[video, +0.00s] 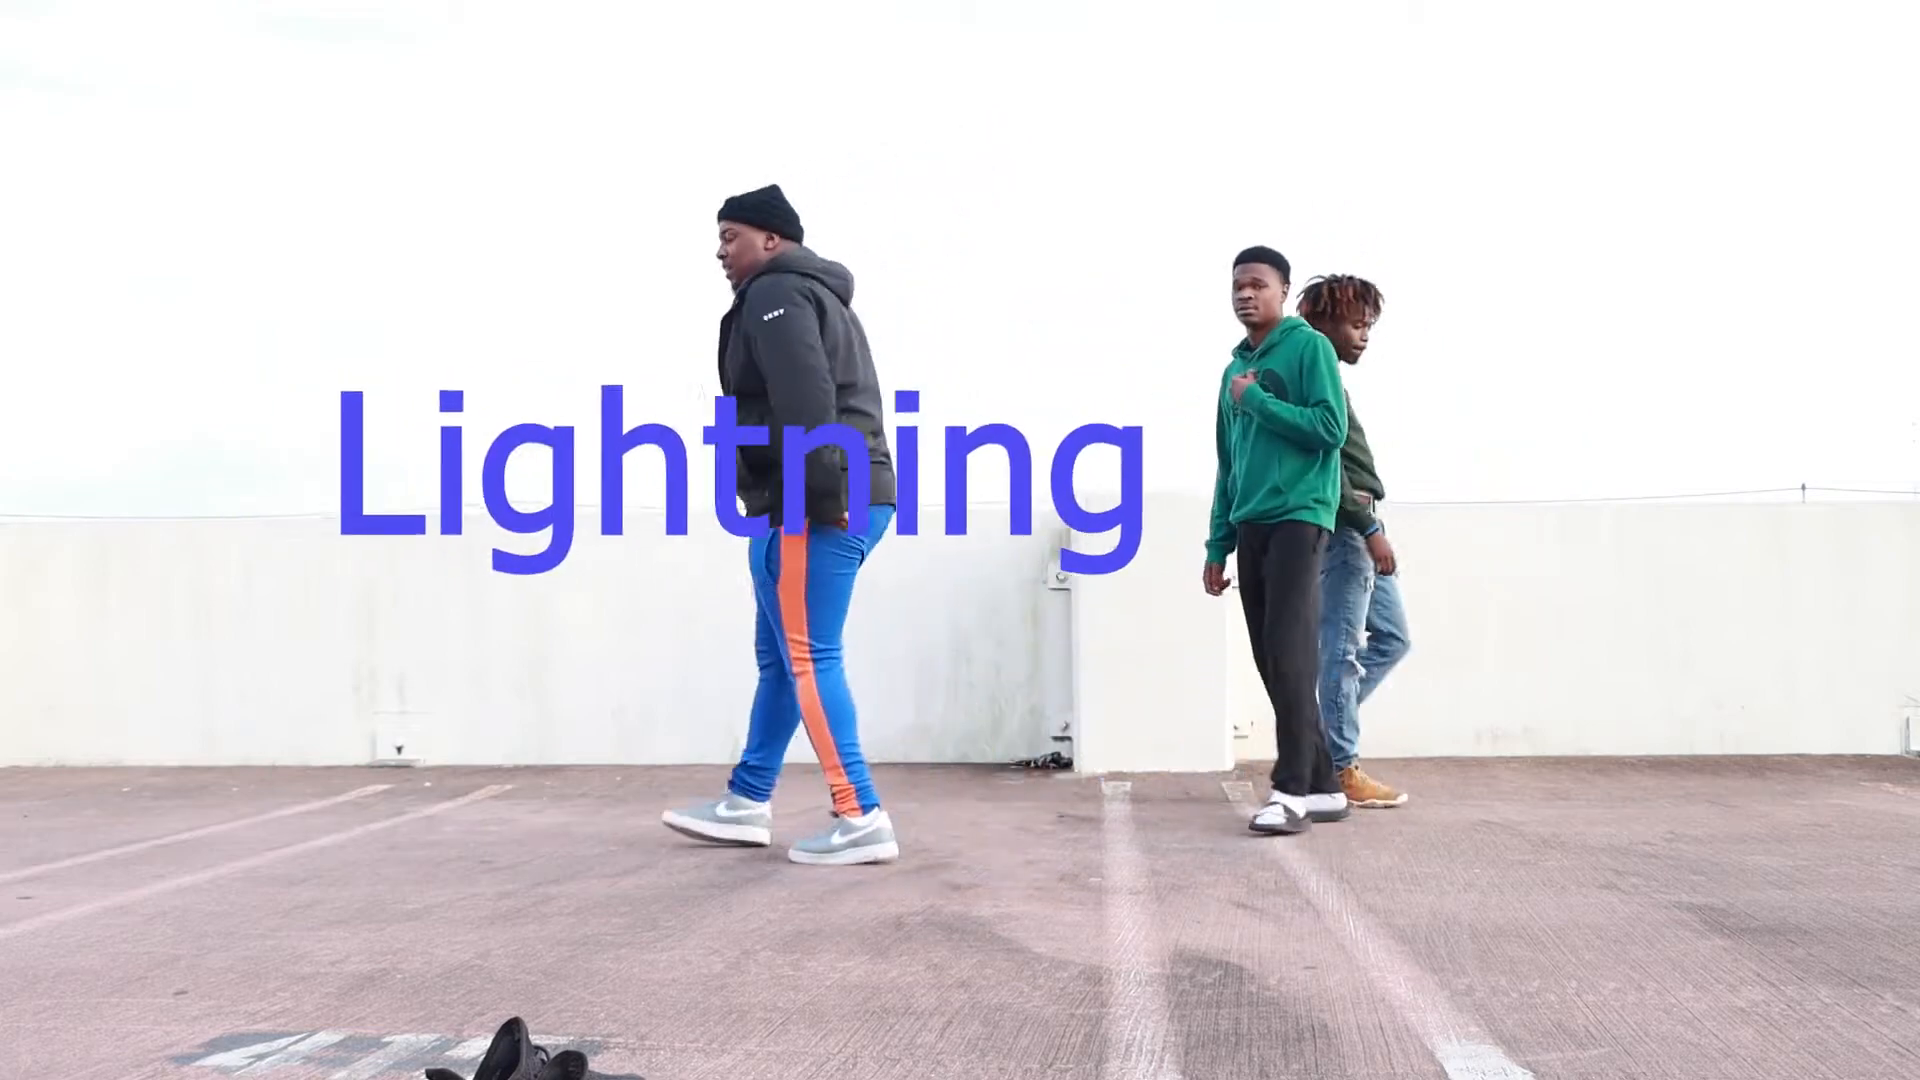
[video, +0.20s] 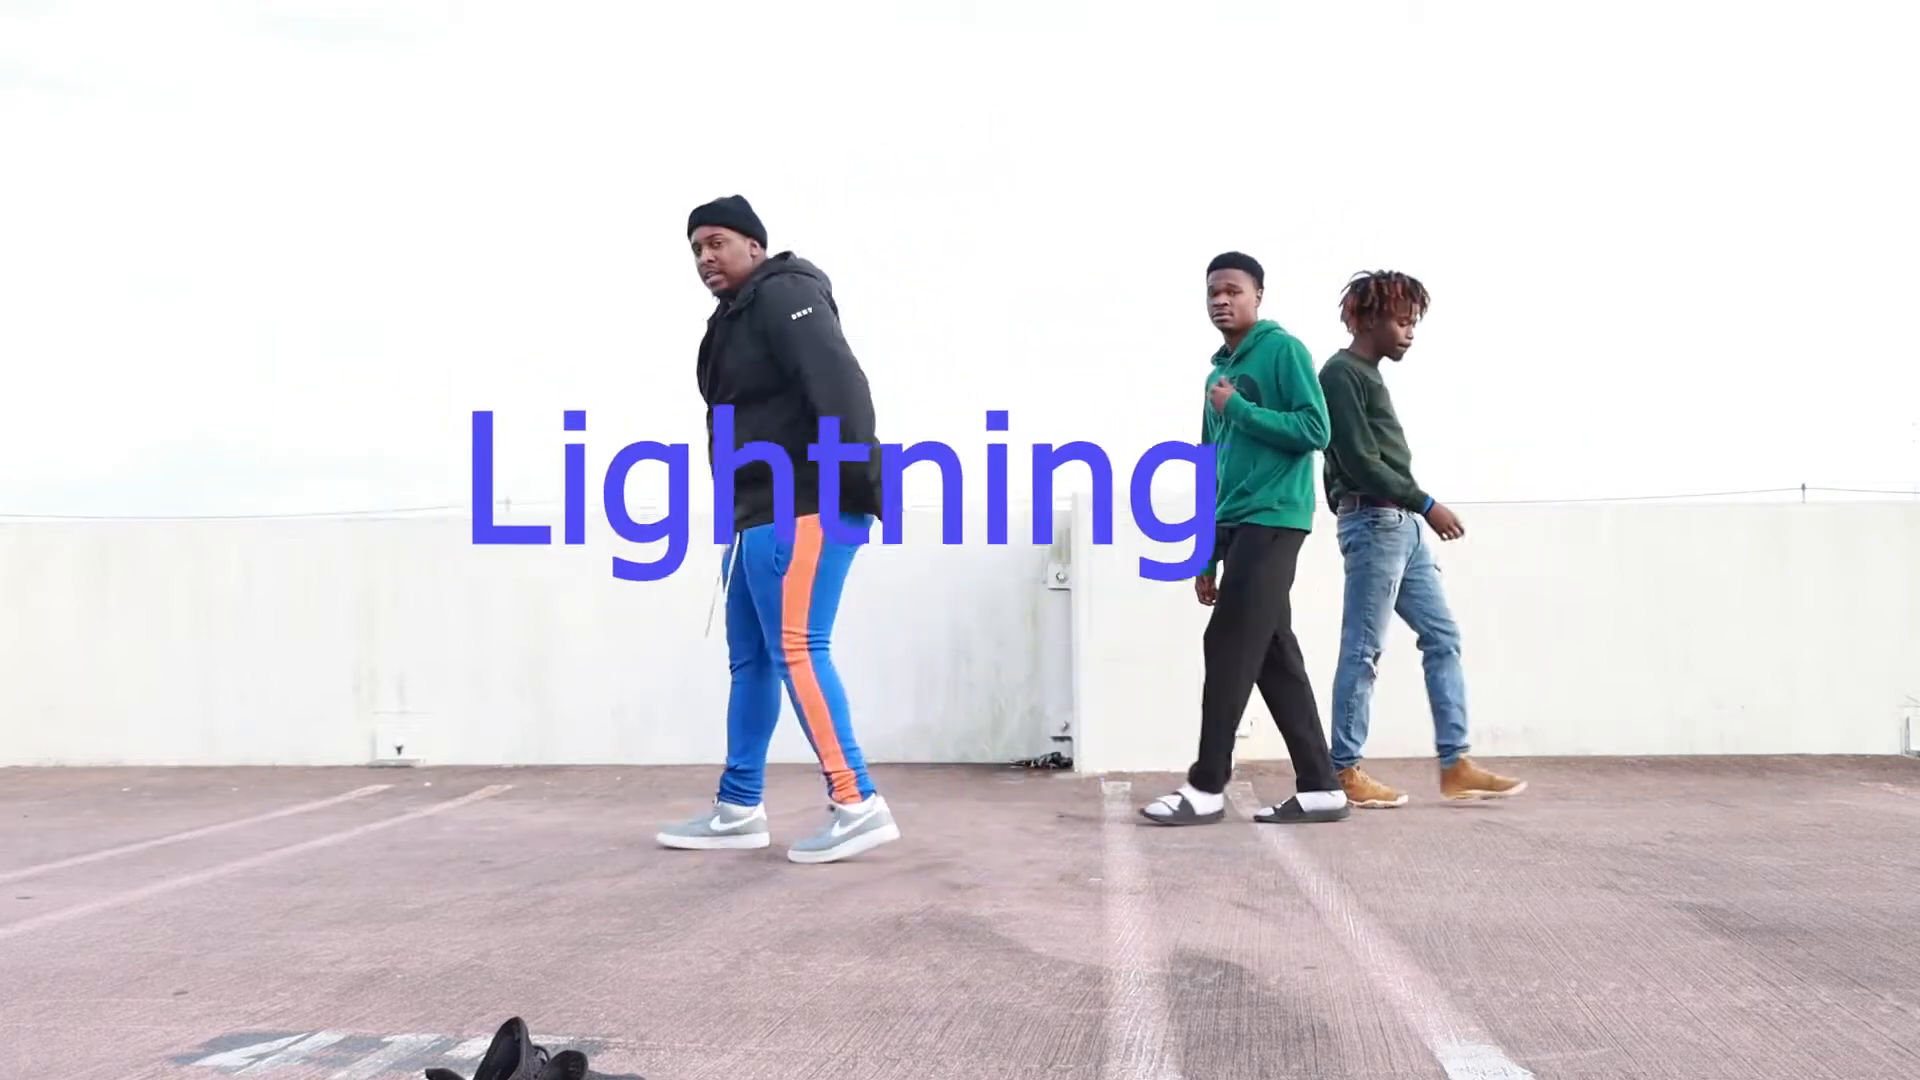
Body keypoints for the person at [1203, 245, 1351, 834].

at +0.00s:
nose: (1246, 295)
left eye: (1257, 285)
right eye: (1239, 287)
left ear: (1284, 290)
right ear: (1232, 297)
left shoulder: (1308, 346)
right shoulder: (1235, 368)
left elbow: (1329, 431)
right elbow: (1228, 466)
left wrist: (1255, 398)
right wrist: (1218, 547)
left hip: (1297, 518)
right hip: (1251, 523)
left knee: (1290, 653)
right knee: (1272, 657)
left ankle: (1291, 792)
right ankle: (1322, 785)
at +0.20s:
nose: (1222, 300)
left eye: (1233, 291)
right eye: (1214, 293)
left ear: (1259, 296)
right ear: (1207, 304)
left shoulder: (1281, 348)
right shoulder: (1218, 369)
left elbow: (1315, 429)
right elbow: (1211, 467)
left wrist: (1236, 408)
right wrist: (1205, 556)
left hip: (1274, 519)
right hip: (1235, 523)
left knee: (1229, 644)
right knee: (1275, 656)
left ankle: (1205, 790)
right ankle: (1320, 789)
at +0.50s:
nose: (1165, 309)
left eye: (1177, 298)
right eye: (1158, 300)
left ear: (1203, 305)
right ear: (1153, 308)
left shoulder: (1208, 357)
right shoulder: (1187, 365)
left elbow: (1227, 446)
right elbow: (1178, 472)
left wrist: (1158, 429)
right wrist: (1149, 539)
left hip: (1204, 532)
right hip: (1197, 532)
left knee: (1179, 657)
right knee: (1237, 656)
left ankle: (1157, 788)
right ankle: (1311, 776)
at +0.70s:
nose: (1123, 308)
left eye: (1135, 298)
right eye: (1118, 300)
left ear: (1164, 301)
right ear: (1117, 306)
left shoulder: (1162, 361)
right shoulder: (1165, 359)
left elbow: (1161, 454)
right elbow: (1161, 464)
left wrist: (1097, 427)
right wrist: (1122, 527)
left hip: (1161, 528)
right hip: (1174, 526)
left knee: (1150, 653)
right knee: (1169, 651)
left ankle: (1155, 787)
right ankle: (1255, 747)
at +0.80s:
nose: (1109, 308)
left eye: (1120, 297)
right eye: (1104, 299)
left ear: (1150, 300)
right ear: (1106, 303)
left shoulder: (1147, 358)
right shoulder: (1151, 355)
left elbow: (1145, 450)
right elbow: (1157, 451)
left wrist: (1079, 428)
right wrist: (1123, 523)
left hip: (1146, 526)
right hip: (1148, 525)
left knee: (1141, 650)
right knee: (1133, 645)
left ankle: (1154, 785)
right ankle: (1206, 755)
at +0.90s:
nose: (1095, 308)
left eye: (1107, 297)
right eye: (1091, 299)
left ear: (1137, 299)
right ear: (1094, 304)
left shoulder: (1135, 357)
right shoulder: (1138, 354)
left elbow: (1135, 447)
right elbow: (1141, 447)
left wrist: (1069, 431)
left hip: (1136, 524)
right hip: (1136, 521)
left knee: (1130, 644)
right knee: (1101, 640)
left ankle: (1155, 785)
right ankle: (1146, 772)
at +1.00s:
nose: (1083, 309)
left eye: (1094, 298)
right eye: (1079, 300)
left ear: (1125, 299)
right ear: (1081, 305)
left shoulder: (1127, 355)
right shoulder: (1117, 356)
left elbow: (1133, 443)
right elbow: (1127, 445)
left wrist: (1062, 433)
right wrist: (1094, 501)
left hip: (1128, 523)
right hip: (1110, 522)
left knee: (1127, 648)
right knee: (1084, 641)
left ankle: (1156, 785)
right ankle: (1092, 775)